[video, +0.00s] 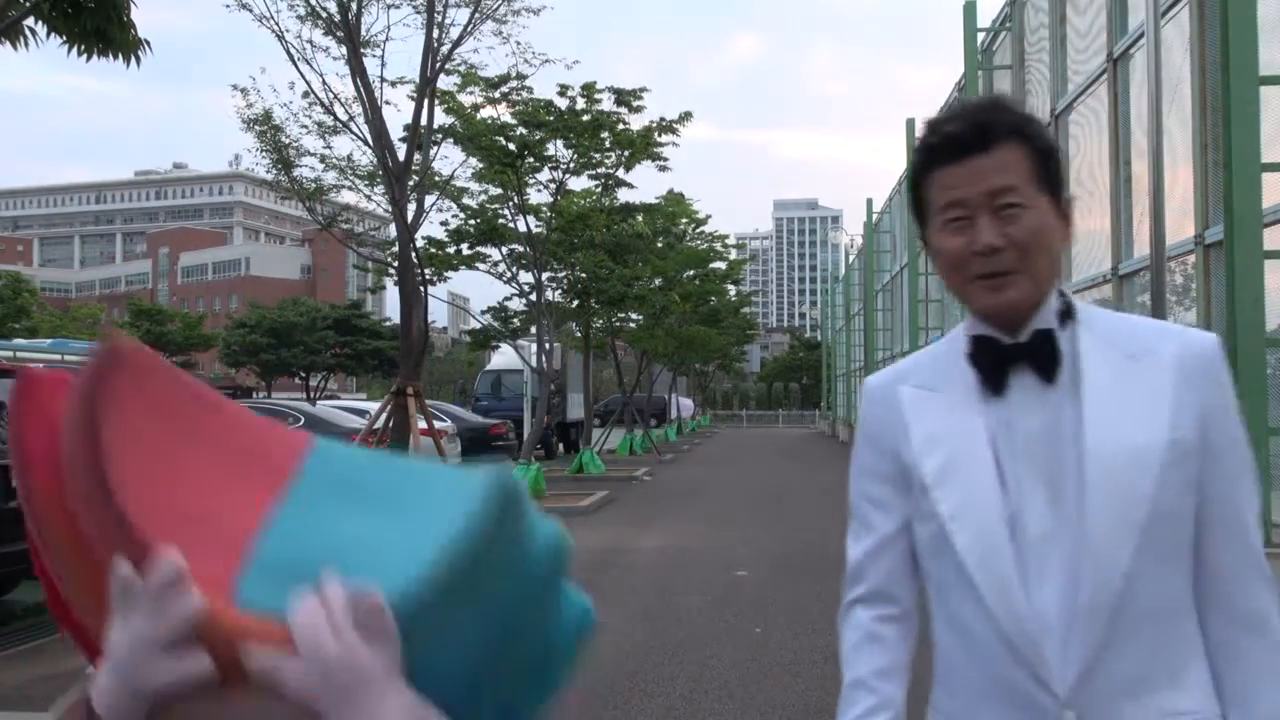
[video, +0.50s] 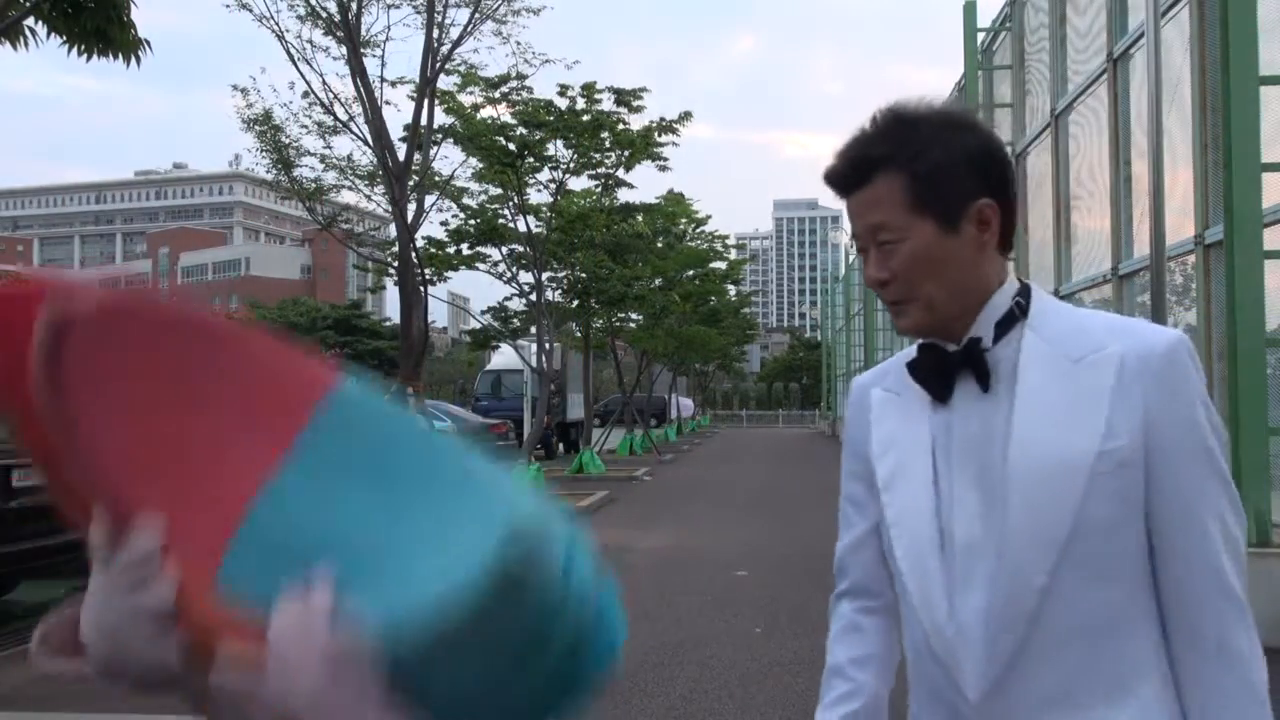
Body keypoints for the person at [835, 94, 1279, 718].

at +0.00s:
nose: (986, 240)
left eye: (1008, 210)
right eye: (957, 220)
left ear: (1062, 220)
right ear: (931, 248)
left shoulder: (1185, 367)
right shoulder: (895, 401)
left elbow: (1239, 596)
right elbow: (877, 611)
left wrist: (1254, 708)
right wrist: (869, 710)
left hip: (1162, 703)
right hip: (980, 706)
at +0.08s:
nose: (956, 246)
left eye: (979, 214)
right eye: (930, 226)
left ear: (1040, 221)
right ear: (909, 249)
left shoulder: (1164, 362)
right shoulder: (879, 404)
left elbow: (1223, 592)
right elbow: (869, 613)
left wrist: (1251, 708)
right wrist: (868, 711)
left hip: (1150, 703)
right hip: (969, 706)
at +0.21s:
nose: (915, 255)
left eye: (941, 222)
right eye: (896, 231)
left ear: (1021, 221)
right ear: (882, 243)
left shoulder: (1153, 361)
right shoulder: (870, 405)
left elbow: (1213, 594)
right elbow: (863, 615)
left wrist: (1246, 709)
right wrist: (866, 711)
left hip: (1142, 704)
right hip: (962, 707)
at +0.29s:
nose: (884, 263)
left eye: (907, 232)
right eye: (874, 240)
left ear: (1000, 226)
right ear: (864, 246)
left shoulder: (1147, 362)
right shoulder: (866, 406)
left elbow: (1207, 596)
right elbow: (860, 616)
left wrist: (1236, 712)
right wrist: (859, 712)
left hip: (1133, 705)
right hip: (956, 708)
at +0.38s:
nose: (874, 267)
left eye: (895, 235)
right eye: (867, 243)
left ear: (990, 227)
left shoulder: (1145, 362)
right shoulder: (865, 405)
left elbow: (1207, 601)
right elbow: (859, 614)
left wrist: (1234, 712)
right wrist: (855, 711)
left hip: (1127, 705)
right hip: (952, 707)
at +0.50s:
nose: (872, 274)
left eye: (888, 243)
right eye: (864, 250)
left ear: (983, 225)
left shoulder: (1143, 366)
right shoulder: (874, 401)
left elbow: (1209, 613)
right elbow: (862, 607)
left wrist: (1232, 712)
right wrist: (843, 710)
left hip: (1119, 705)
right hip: (946, 706)